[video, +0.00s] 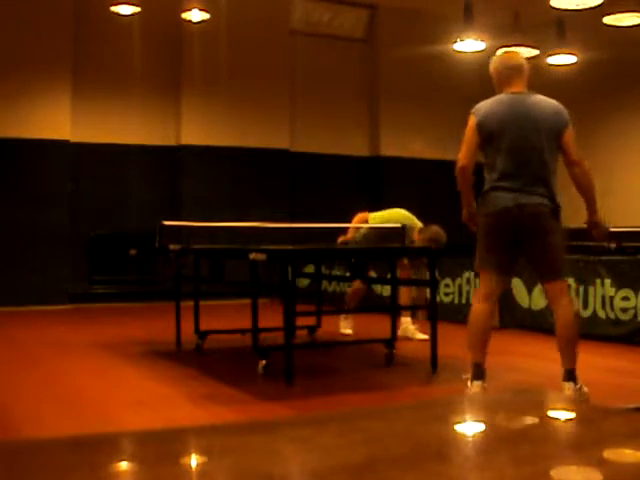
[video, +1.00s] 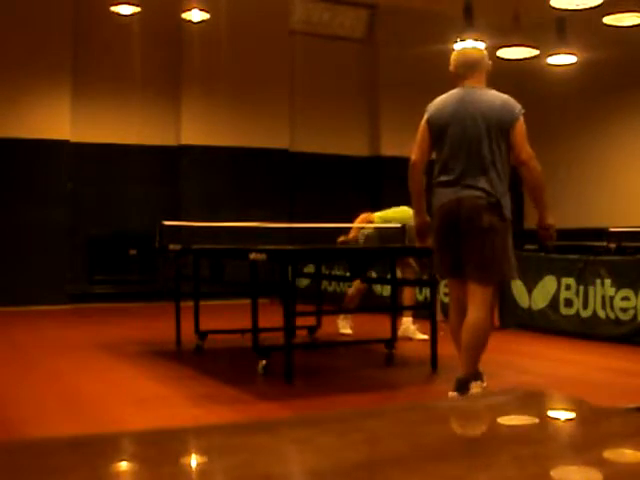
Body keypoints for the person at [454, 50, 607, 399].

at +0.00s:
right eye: (525, 70)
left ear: (495, 79)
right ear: (526, 75)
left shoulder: (482, 111)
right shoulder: (554, 110)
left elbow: (464, 164)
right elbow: (575, 163)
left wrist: (468, 205)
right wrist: (593, 211)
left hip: (495, 216)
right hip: (541, 215)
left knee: (486, 292)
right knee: (559, 294)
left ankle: (476, 377)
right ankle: (570, 379)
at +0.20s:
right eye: (500, 74)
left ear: (473, 82)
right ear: (503, 76)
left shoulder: (460, 112)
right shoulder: (533, 108)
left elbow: (442, 163)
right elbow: (553, 159)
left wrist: (450, 208)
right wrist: (566, 209)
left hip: (475, 213)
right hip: (521, 213)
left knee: (473, 294)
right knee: (544, 292)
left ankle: (474, 378)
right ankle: (559, 376)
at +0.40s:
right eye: (489, 72)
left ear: (462, 80)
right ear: (491, 75)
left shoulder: (448, 111)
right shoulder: (518, 106)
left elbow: (429, 161)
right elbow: (540, 155)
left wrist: (439, 208)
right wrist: (550, 208)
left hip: (464, 210)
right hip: (507, 208)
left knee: (466, 291)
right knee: (527, 285)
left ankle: (473, 376)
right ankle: (507, 366)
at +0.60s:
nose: (481, 74)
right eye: (483, 68)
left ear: (455, 78)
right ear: (485, 72)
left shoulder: (441, 112)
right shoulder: (513, 106)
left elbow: (428, 167)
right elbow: (534, 156)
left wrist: (425, 210)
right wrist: (547, 209)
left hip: (456, 210)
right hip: (499, 211)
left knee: (463, 291)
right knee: (499, 294)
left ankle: (470, 371)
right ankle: (472, 368)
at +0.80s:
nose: (482, 71)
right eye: (484, 65)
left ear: (453, 73)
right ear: (484, 70)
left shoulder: (439, 109)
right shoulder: (510, 105)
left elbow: (423, 165)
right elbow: (532, 158)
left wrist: (420, 214)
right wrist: (548, 211)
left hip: (450, 208)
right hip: (493, 208)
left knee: (459, 291)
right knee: (487, 293)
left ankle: (470, 372)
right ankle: (467, 378)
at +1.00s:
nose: (486, 71)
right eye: (486, 65)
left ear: (454, 72)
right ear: (485, 69)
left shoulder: (436, 108)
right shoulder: (507, 107)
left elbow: (418, 162)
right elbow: (525, 161)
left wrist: (419, 212)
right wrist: (542, 212)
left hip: (445, 207)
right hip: (487, 208)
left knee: (455, 293)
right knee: (480, 297)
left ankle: (470, 373)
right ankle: (463, 382)